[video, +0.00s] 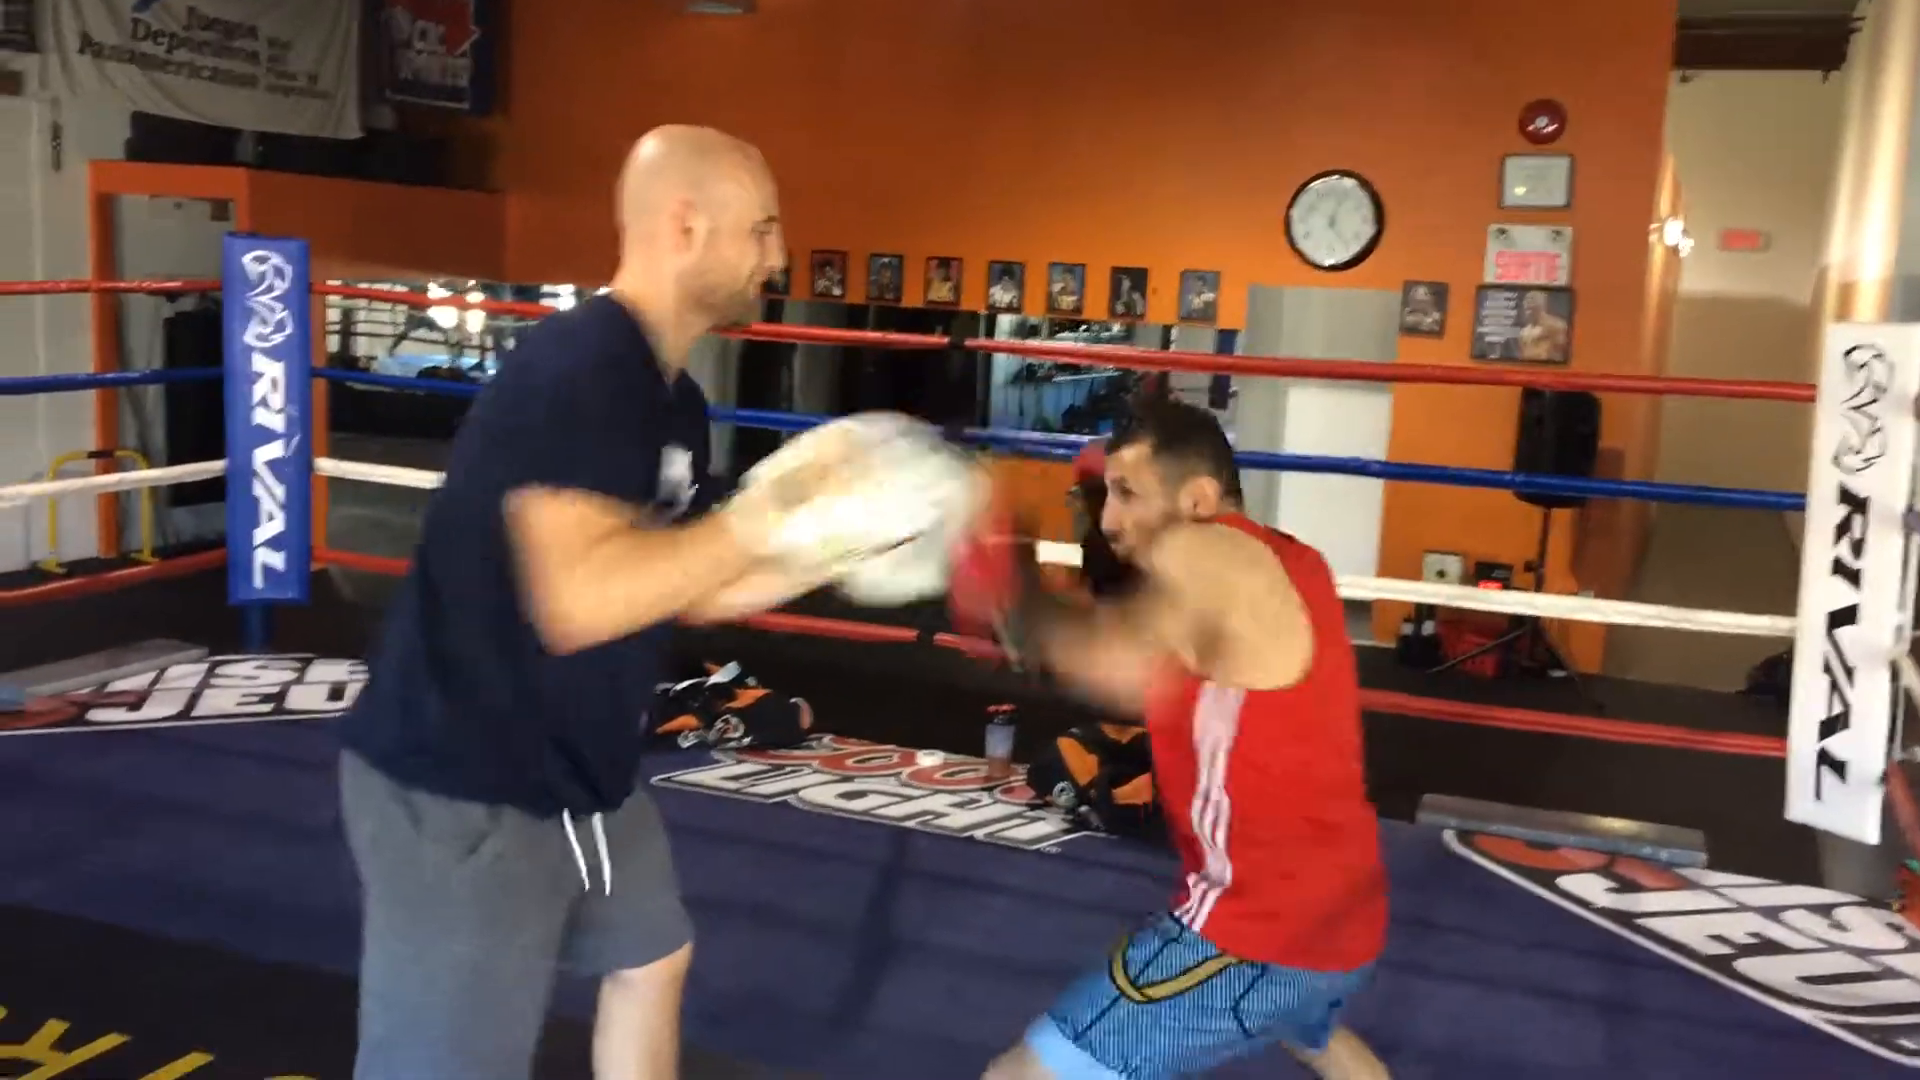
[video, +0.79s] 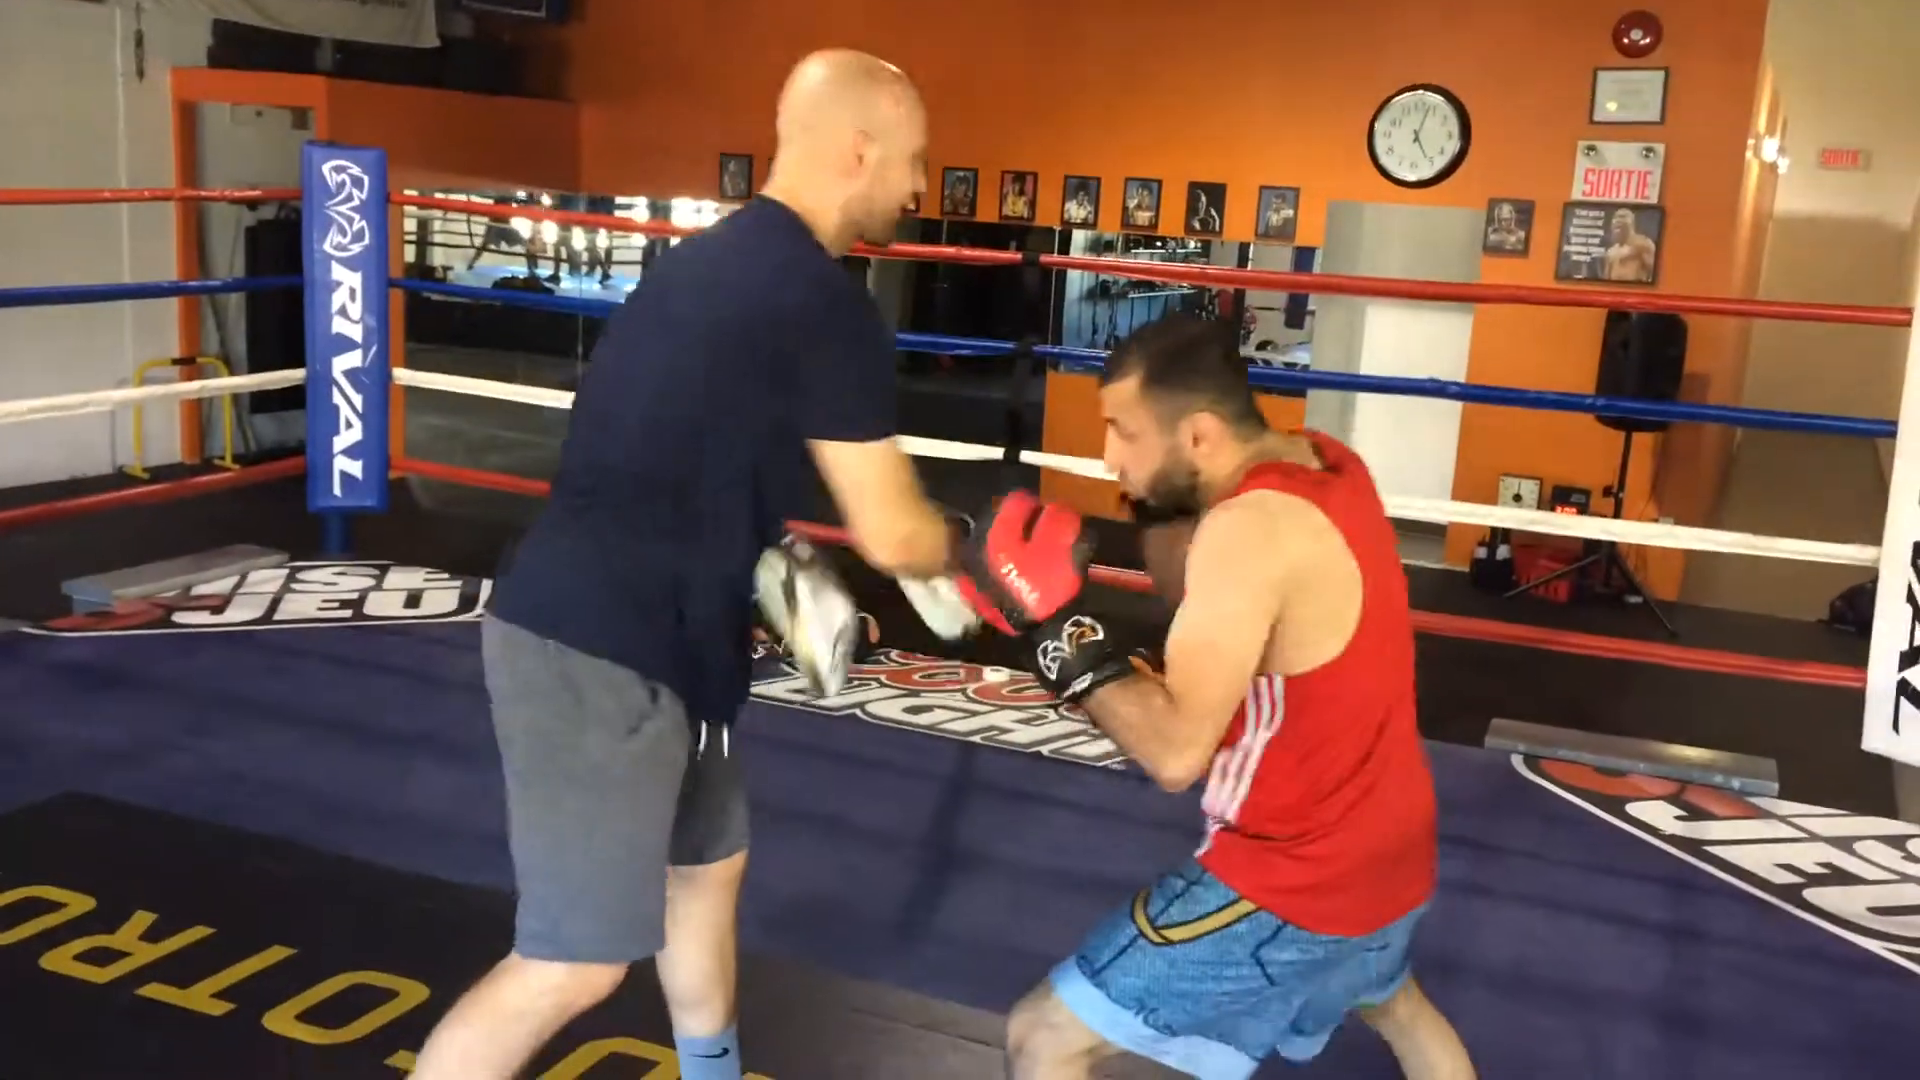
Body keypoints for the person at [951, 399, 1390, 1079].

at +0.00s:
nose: (1107, 517)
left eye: (1126, 495)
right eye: (1108, 493)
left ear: (1198, 498)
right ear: (1209, 503)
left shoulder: (1200, 555)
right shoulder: (1290, 560)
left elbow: (1118, 663)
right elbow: (1156, 683)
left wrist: (1015, 603)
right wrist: (1036, 618)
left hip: (1251, 933)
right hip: (1338, 924)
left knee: (1023, 1072)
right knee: (1317, 1036)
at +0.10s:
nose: (1098, 589)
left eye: (1116, 561)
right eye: (1094, 561)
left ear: (1197, 557)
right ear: (1200, 558)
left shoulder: (1262, 633)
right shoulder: (1207, 605)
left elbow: (1275, 837)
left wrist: (1136, 762)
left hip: (1296, 958)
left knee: (1056, 1074)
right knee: (1291, 1045)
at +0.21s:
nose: (1087, 660)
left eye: (1112, 641)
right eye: (1087, 632)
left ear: (1193, 639)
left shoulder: (1298, 697)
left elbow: (1339, 906)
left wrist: (1204, 859)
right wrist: (1084, 746)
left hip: (1314, 961)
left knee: (1082, 1073)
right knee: (1276, 1046)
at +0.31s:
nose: (1076, 635)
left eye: (1100, 618)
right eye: (1078, 609)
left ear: (1180, 624)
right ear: (1179, 622)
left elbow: (1363, 905)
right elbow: (1100, 747)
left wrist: (1219, 912)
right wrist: (1046, 728)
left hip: (1316, 967)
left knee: (1060, 1073)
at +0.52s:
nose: (1131, 458)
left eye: (1138, 441)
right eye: (1131, 439)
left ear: (1196, 455)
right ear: (1262, 431)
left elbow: (1013, 658)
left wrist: (914, 573)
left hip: (1244, 894)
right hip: (1378, 871)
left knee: (1031, 1059)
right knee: (1405, 987)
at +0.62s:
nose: (1134, 428)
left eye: (1146, 410)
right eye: (1136, 406)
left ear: (1208, 426)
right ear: (1269, 411)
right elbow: (1368, 625)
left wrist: (990, 652)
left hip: (1240, 868)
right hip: (1369, 846)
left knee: (1028, 1050)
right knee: (1413, 1022)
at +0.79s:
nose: (1109, 455)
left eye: (1122, 433)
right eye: (1108, 430)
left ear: (1200, 438)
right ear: (1216, 432)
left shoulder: (1250, 532)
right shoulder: (1323, 461)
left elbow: (1175, 750)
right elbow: (1185, 559)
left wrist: (1057, 625)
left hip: (1290, 884)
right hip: (1386, 855)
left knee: (1044, 1035)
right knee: (1395, 1006)